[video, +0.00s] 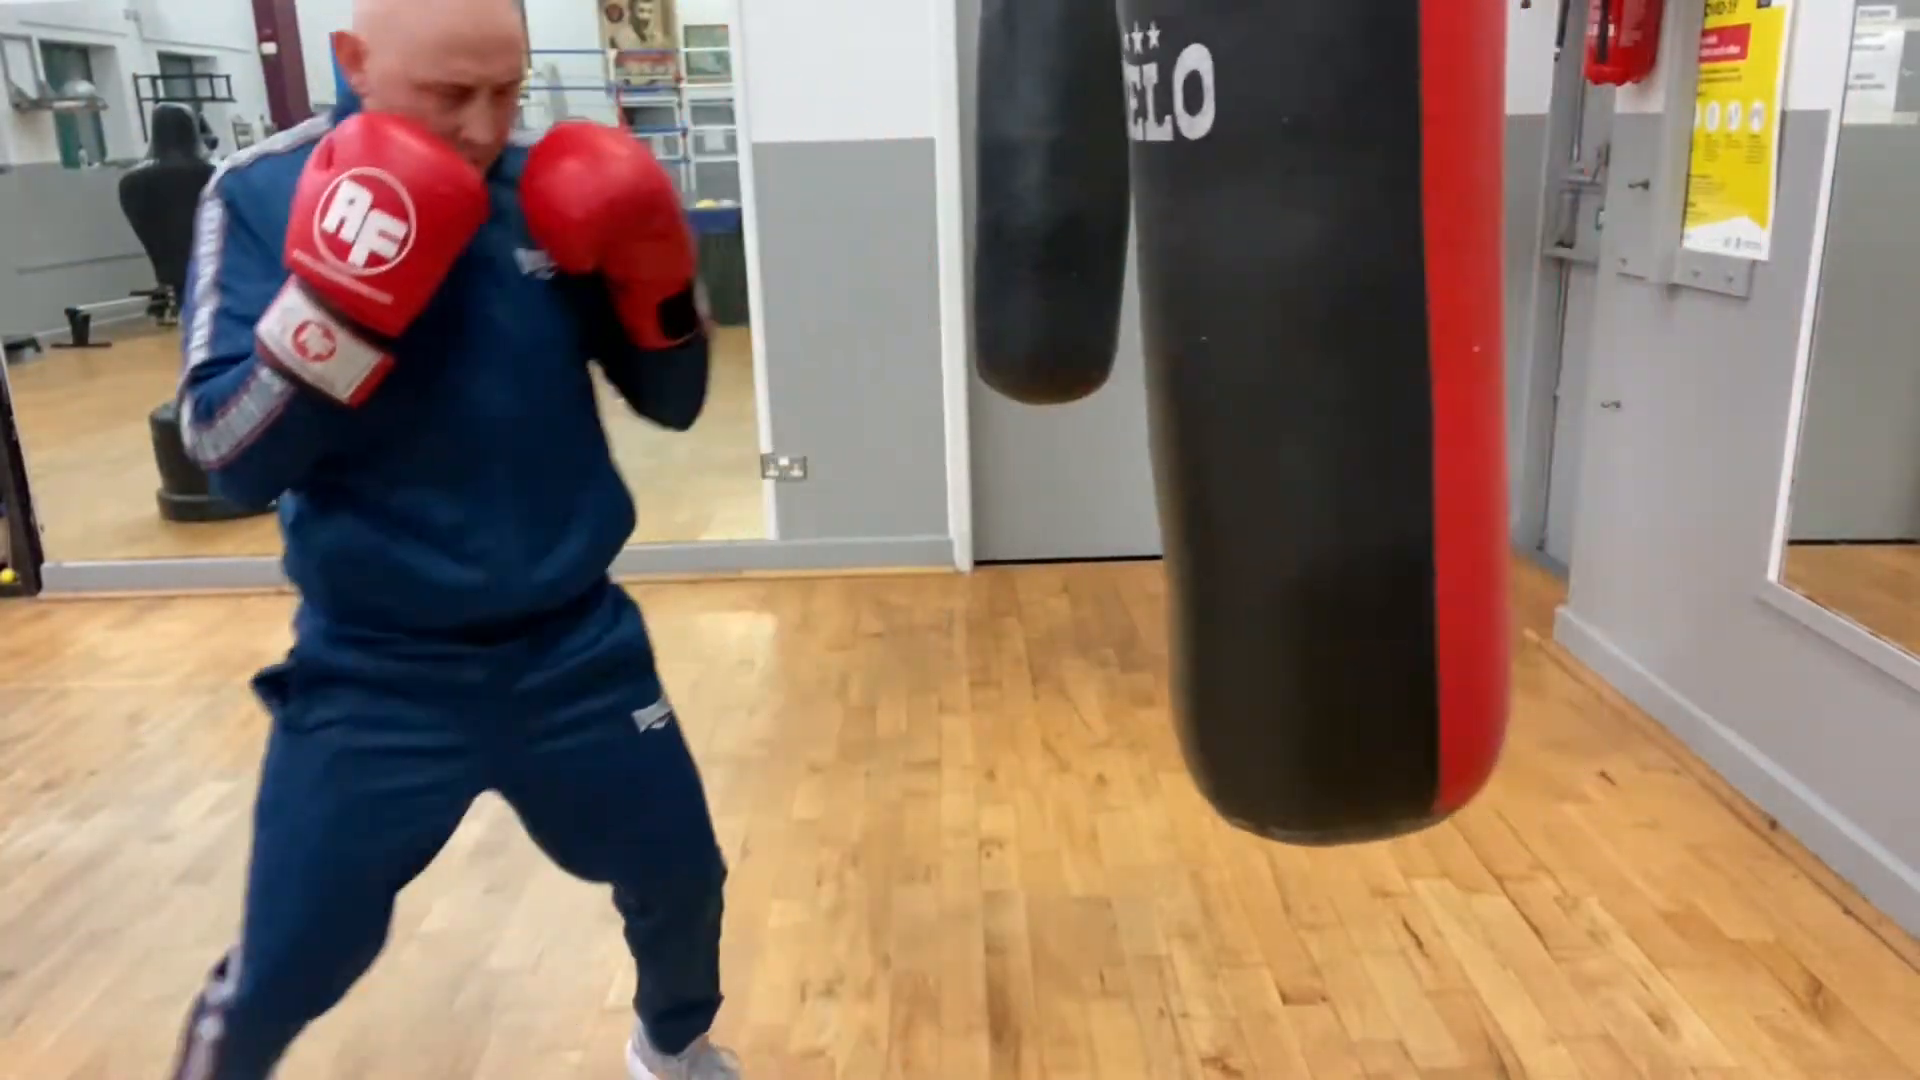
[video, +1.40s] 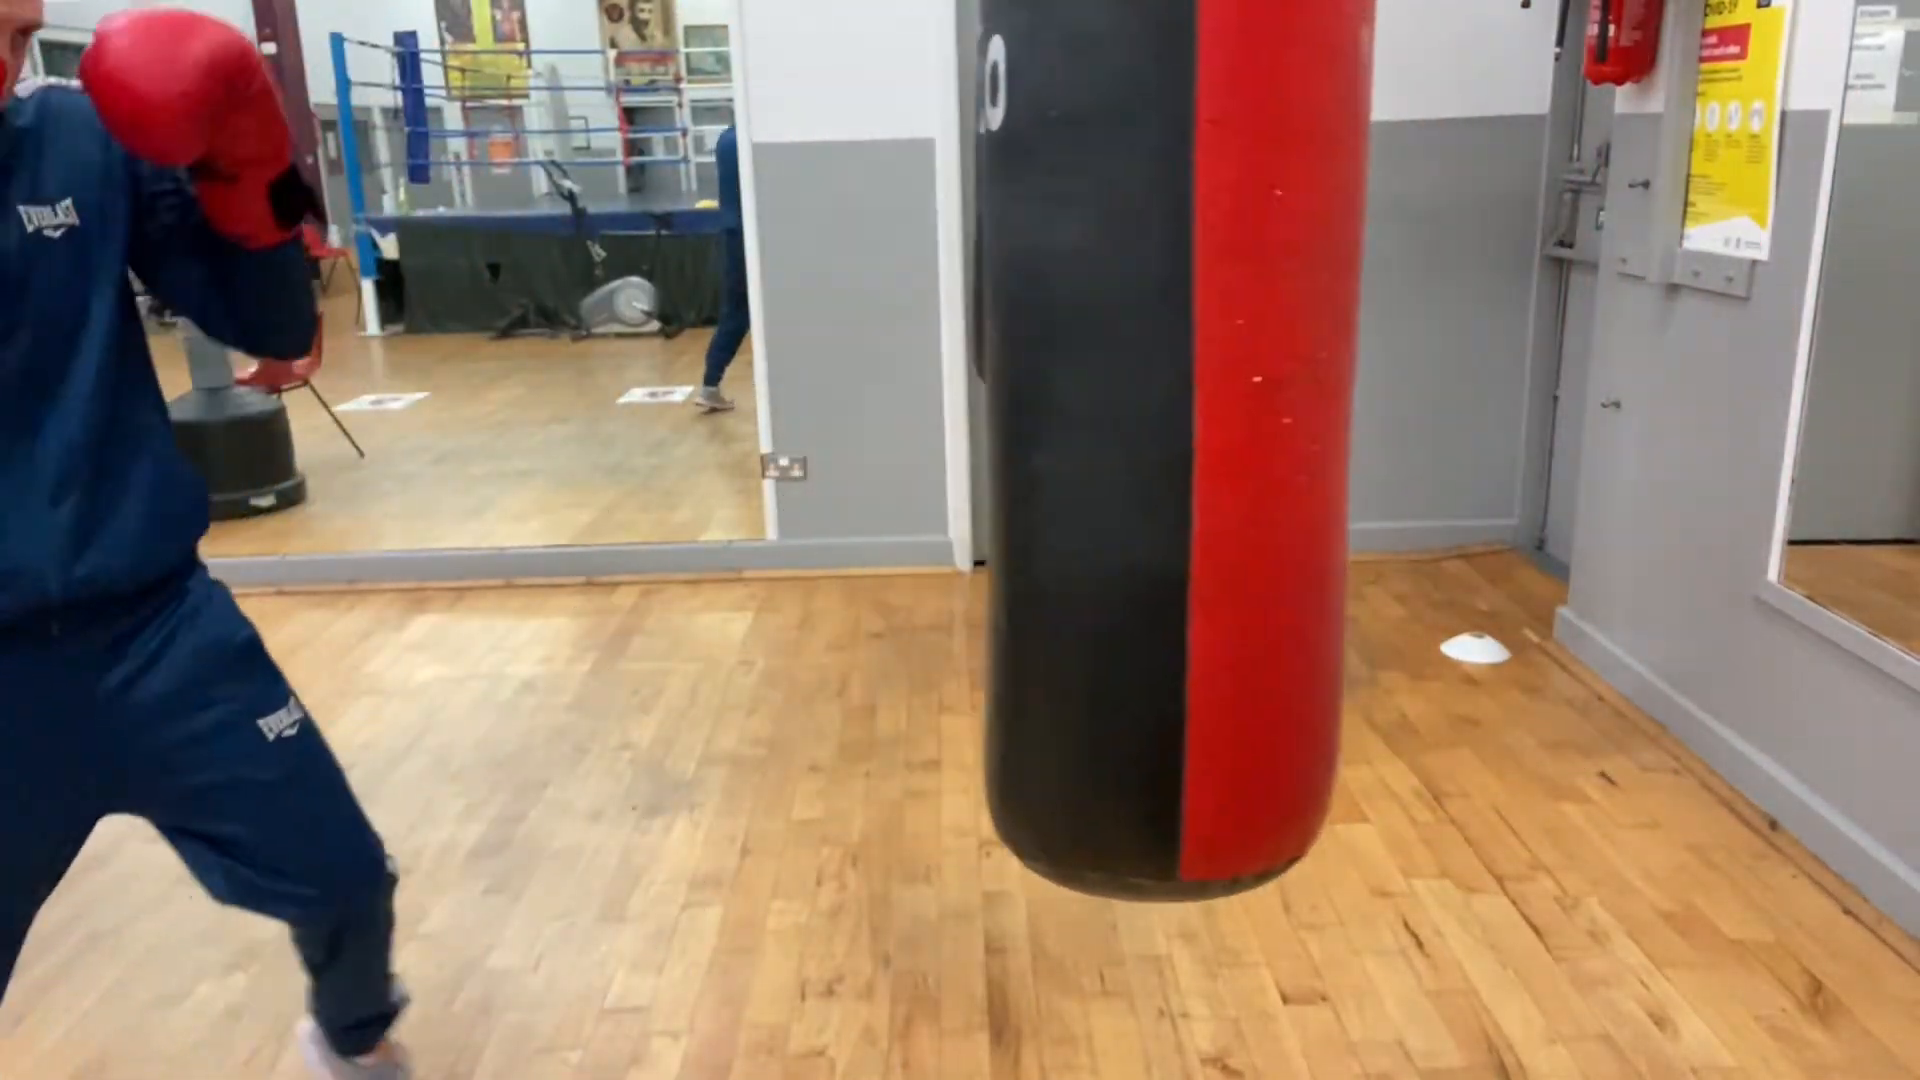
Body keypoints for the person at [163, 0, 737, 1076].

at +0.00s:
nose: (481, 129)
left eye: (505, 93)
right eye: (446, 96)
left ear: (526, 70)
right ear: (357, 63)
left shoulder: (554, 180)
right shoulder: (261, 198)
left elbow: (674, 401)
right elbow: (227, 463)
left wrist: (654, 276)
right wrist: (338, 303)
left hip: (574, 649)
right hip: (376, 670)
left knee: (683, 881)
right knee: (299, 969)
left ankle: (676, 1050)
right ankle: (227, 1044)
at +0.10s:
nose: (403, 153)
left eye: (422, 118)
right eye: (369, 120)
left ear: (440, 95)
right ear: (266, 86)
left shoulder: (447, 207)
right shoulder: (153, 220)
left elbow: (564, 440)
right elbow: (145, 491)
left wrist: (545, 308)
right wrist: (276, 339)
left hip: (484, 677)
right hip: (278, 708)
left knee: (640, 900)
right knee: (189, 1015)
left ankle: (674, 1049)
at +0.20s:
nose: (299, 118)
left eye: (321, 85)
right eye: (263, 85)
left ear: (338, 66)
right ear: (157, 48)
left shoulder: (349, 177)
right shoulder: (41, 190)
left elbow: (448, 428)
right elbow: (19, 468)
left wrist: (440, 292)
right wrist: (155, 309)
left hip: (381, 668)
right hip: (155, 699)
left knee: (547, 893)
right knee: (101, 1027)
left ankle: (652, 1043)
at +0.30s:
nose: (219, 76)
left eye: (243, 43)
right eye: (185, 39)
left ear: (262, 34)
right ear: (78, 18)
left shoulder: (272, 141)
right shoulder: (8, 151)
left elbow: (387, 387)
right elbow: (3, 424)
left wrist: (368, 243)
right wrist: (57, 274)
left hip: (319, 621)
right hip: (99, 661)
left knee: (479, 860)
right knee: (81, 1004)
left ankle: (512, 1046)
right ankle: (53, 1051)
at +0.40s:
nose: (160, 82)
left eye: (180, 45)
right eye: (123, 41)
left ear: (196, 39)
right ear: (15, 26)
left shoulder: (212, 164)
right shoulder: (8, 199)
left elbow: (346, 385)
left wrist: (316, 233)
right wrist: (33, 279)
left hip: (269, 627)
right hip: (59, 669)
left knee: (417, 880)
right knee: (40, 1025)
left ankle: (350, 1050)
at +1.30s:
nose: (12, 73)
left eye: (13, 62)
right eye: (1, 64)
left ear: (20, 53)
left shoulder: (73, 184)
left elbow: (207, 392)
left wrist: (206, 281)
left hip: (136, 649)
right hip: (4, 693)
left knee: (290, 906)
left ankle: (258, 1043)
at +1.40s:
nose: (15, 39)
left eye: (22, 24)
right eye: (5, 24)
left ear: (36, 28)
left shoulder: (80, 137)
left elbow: (280, 331)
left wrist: (245, 177)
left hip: (157, 627)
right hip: (9, 673)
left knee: (347, 882)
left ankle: (356, 1042)